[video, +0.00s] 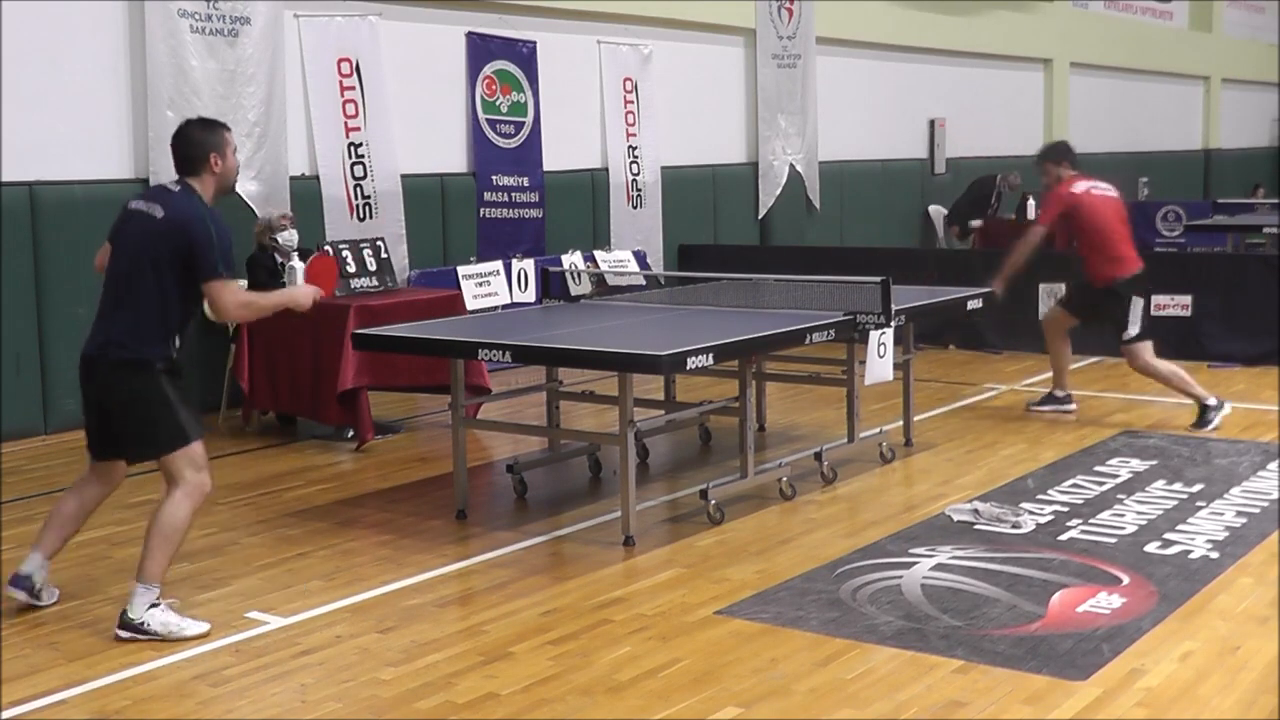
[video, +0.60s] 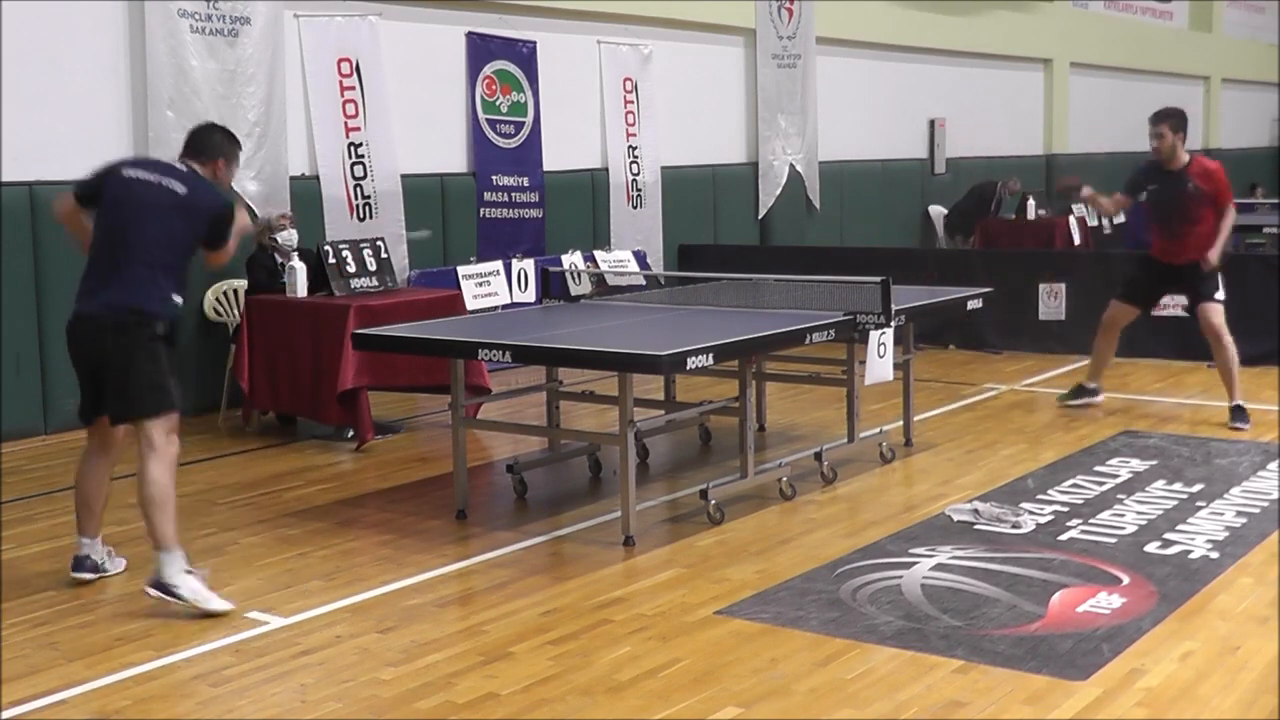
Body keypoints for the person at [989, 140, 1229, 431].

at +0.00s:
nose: (1044, 178)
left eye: (1046, 171)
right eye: (1043, 172)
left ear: (1062, 166)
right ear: (1069, 166)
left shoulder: (1062, 192)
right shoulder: (1104, 187)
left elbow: (1033, 238)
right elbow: (1115, 230)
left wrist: (1002, 278)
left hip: (1128, 283)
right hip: (1098, 284)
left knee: (1140, 359)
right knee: (1053, 323)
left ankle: (1209, 402)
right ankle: (1060, 395)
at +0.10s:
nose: (1068, 180)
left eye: (1069, 172)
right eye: (1066, 173)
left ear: (1084, 168)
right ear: (1096, 167)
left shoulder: (1090, 190)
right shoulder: (1126, 190)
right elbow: (1134, 234)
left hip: (1141, 287)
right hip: (1115, 285)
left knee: (1149, 365)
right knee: (1066, 323)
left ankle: (1218, 408)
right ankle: (1063, 394)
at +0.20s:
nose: (1110, 166)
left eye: (1111, 158)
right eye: (1109, 159)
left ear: (1126, 152)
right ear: (1125, 154)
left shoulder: (1172, 179)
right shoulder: (1127, 184)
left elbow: (1172, 220)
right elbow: (1095, 210)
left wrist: (1123, 215)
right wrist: (1069, 184)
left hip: (1163, 283)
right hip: (1127, 277)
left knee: (1165, 348)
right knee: (1070, 319)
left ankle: (1219, 411)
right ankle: (1081, 388)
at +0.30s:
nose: (1138, 163)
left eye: (1144, 157)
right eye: (1137, 157)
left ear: (1162, 154)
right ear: (1137, 153)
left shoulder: (1192, 186)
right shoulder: (1137, 175)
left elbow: (1205, 232)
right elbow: (1102, 161)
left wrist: (1171, 219)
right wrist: (1124, 139)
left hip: (1171, 280)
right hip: (1128, 275)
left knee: (1193, 339)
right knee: (1072, 324)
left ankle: (1226, 408)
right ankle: (1101, 371)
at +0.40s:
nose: (1165, 173)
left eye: (1171, 166)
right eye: (1163, 166)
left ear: (1190, 164)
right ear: (1159, 162)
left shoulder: (1213, 199)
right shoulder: (1153, 185)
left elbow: (1237, 244)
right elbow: (1110, 184)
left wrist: (1229, 268)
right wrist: (1131, 148)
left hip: (1182, 284)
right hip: (1135, 279)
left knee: (1209, 330)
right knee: (1080, 332)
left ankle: (1233, 408)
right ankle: (1078, 385)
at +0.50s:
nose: (1166, 163)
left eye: (1173, 157)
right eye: (1164, 156)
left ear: (1192, 154)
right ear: (1161, 154)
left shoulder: (1213, 189)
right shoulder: (1154, 181)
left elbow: (1238, 233)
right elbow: (1107, 195)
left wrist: (1237, 268)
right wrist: (1105, 168)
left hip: (1188, 280)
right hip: (1141, 277)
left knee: (1215, 330)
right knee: (1089, 332)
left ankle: (1234, 408)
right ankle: (1080, 388)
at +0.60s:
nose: (1154, 143)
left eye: (1160, 137)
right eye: (1151, 137)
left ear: (1180, 138)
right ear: (1152, 138)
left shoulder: (1208, 171)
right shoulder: (1148, 172)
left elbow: (1229, 210)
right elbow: (1114, 206)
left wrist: (1216, 249)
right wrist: (1094, 198)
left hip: (1199, 265)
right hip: (1157, 264)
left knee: (1214, 325)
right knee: (1111, 320)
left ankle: (1236, 404)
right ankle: (1091, 385)